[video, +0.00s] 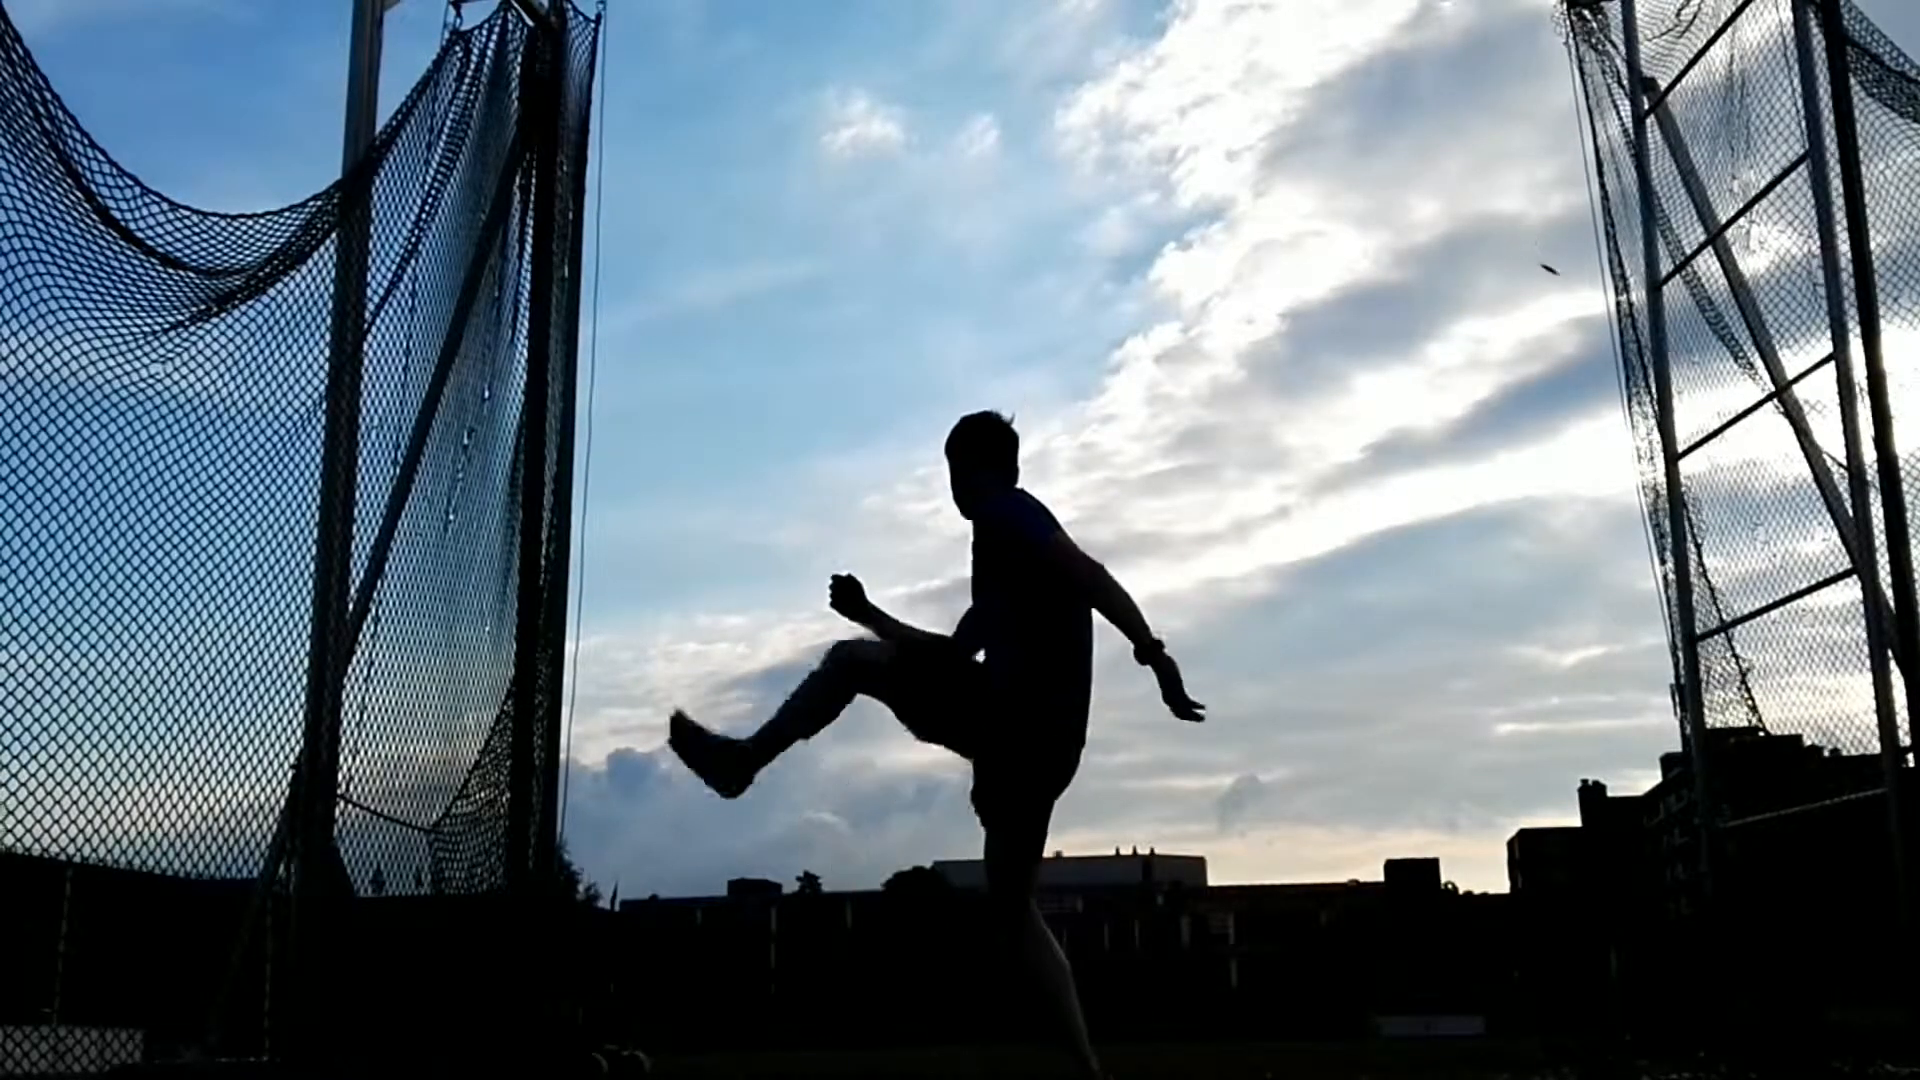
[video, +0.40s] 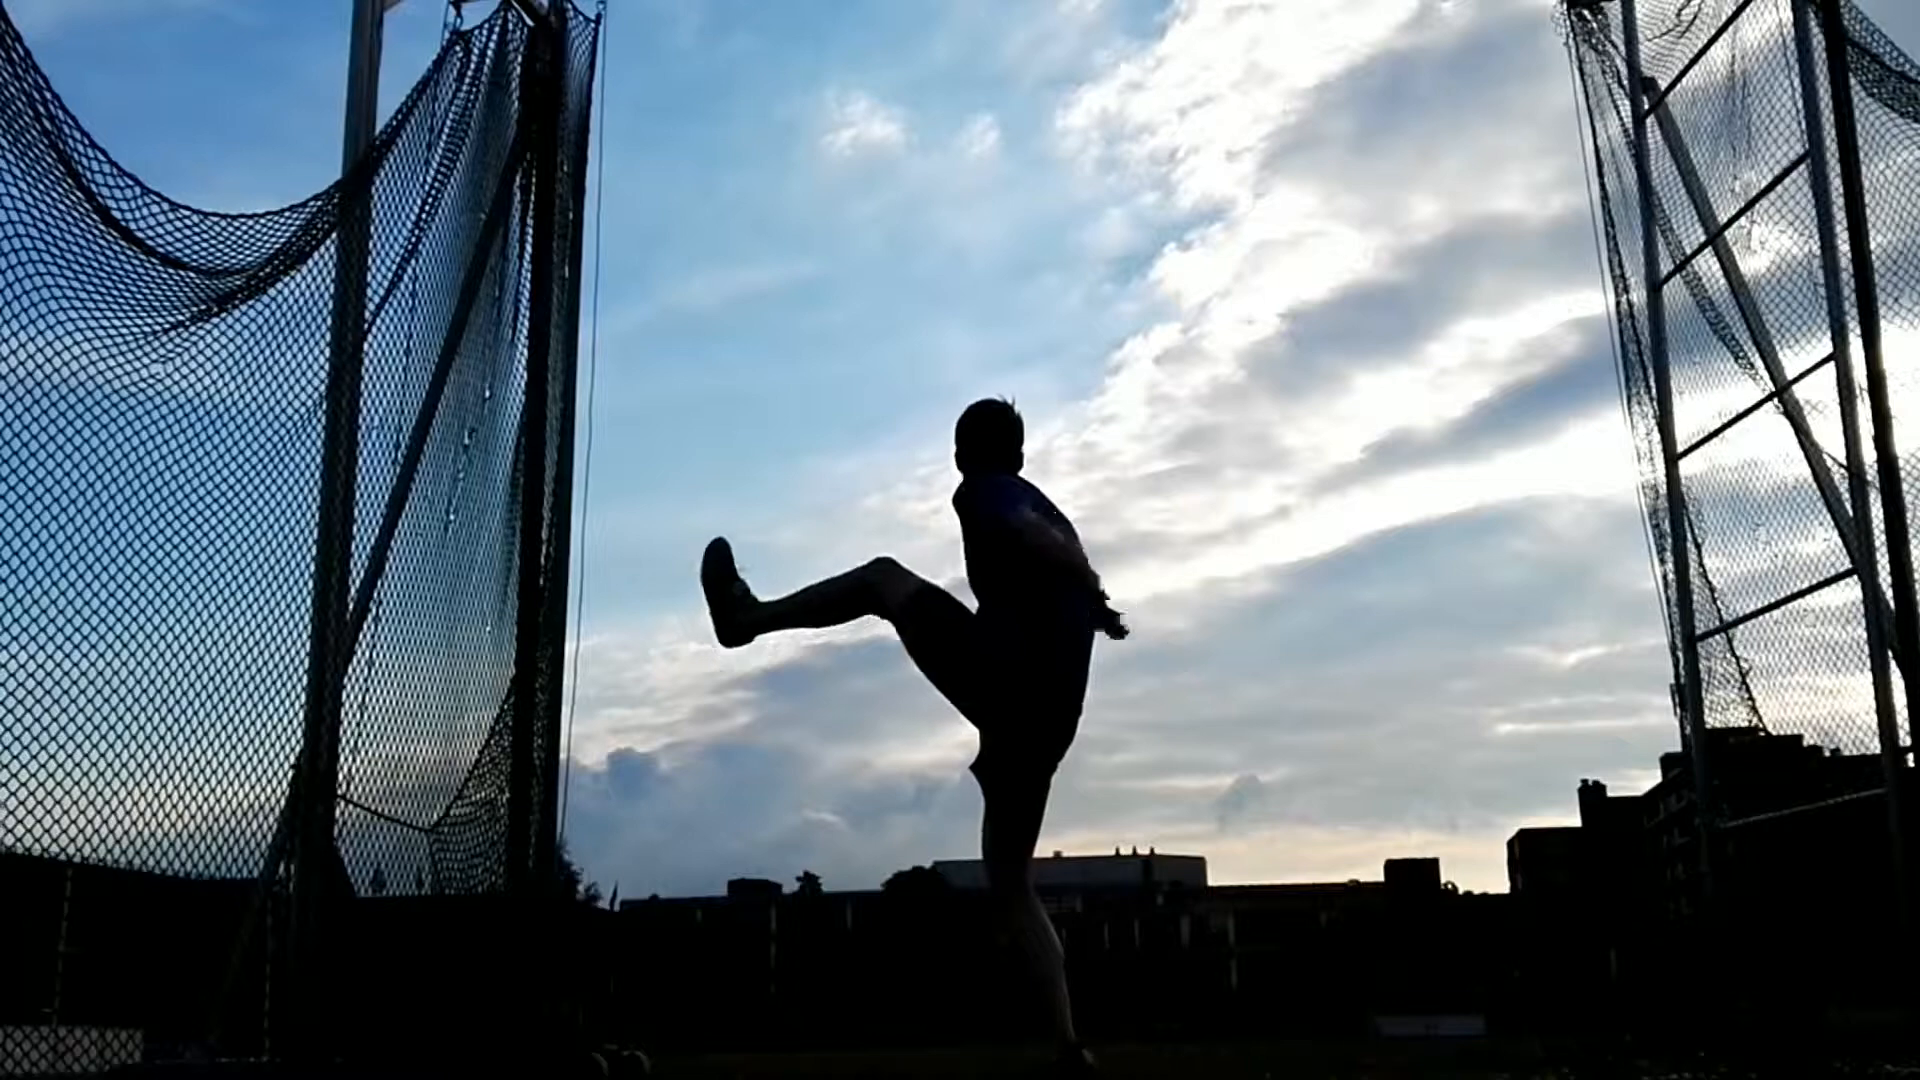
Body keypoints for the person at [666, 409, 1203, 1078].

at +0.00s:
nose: (949, 480)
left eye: (955, 465)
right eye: (949, 467)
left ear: (982, 464)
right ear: (999, 465)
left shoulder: (1013, 515)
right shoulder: (1004, 545)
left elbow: (1091, 579)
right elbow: (953, 652)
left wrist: (1153, 652)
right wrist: (869, 614)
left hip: (1005, 721)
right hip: (1033, 745)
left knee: (854, 659)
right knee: (1015, 913)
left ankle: (742, 757)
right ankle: (1083, 1062)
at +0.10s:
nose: (950, 478)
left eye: (952, 464)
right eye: (950, 466)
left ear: (971, 462)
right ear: (1007, 461)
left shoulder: (1004, 511)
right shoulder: (1011, 529)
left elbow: (1084, 572)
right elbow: (978, 650)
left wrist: (1151, 640)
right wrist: (882, 617)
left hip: (999, 704)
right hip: (1042, 733)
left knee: (871, 623)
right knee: (1010, 897)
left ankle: (740, 692)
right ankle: (1075, 1050)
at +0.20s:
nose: (951, 470)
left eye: (954, 458)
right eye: (953, 458)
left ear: (964, 457)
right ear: (1012, 456)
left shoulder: (991, 502)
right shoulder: (1023, 514)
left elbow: (1071, 557)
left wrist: (1136, 618)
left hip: (994, 692)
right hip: (1041, 724)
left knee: (873, 593)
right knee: (1011, 892)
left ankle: (745, 646)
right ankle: (1073, 1051)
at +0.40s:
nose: (956, 459)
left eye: (960, 447)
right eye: (960, 447)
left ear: (970, 448)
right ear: (1019, 450)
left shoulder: (984, 494)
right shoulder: (1046, 512)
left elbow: (1040, 545)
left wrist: (1086, 597)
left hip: (998, 681)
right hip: (1044, 715)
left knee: (884, 580)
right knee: (1011, 882)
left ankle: (749, 618)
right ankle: (1067, 1046)